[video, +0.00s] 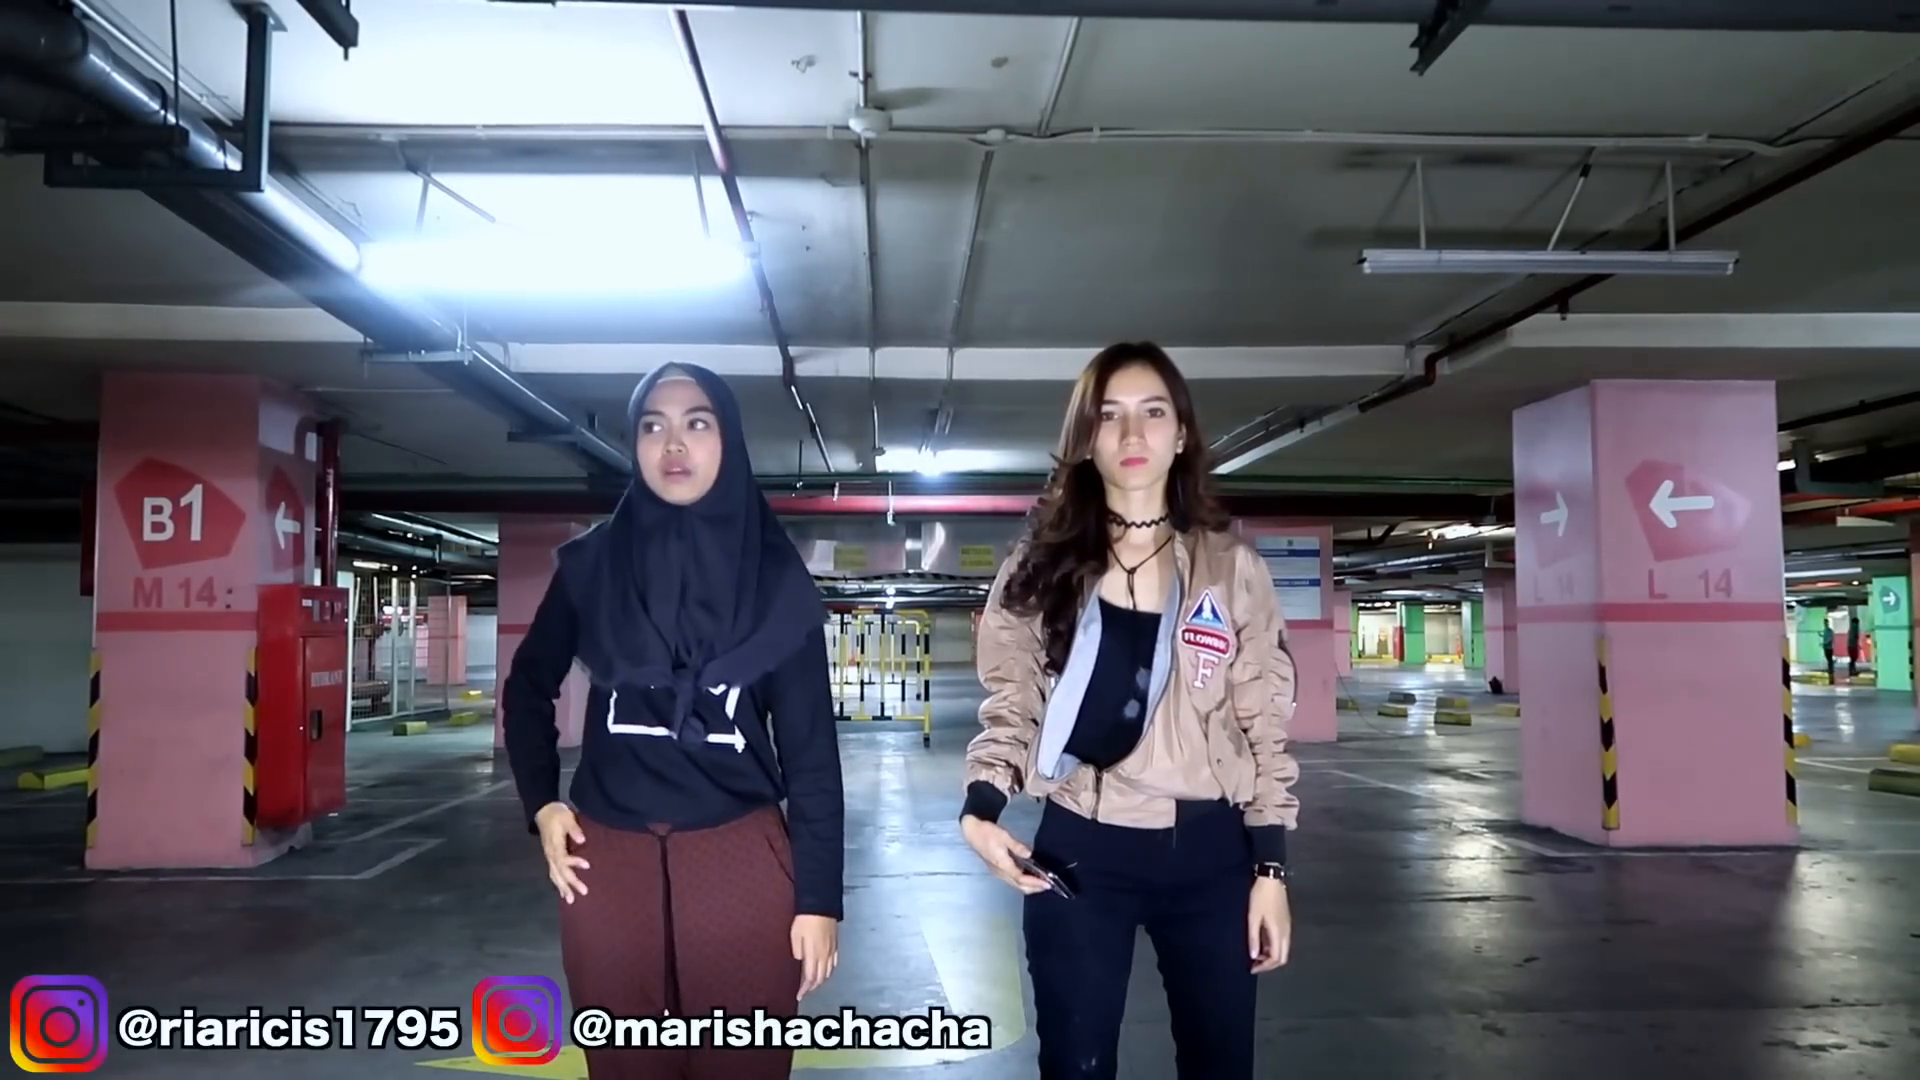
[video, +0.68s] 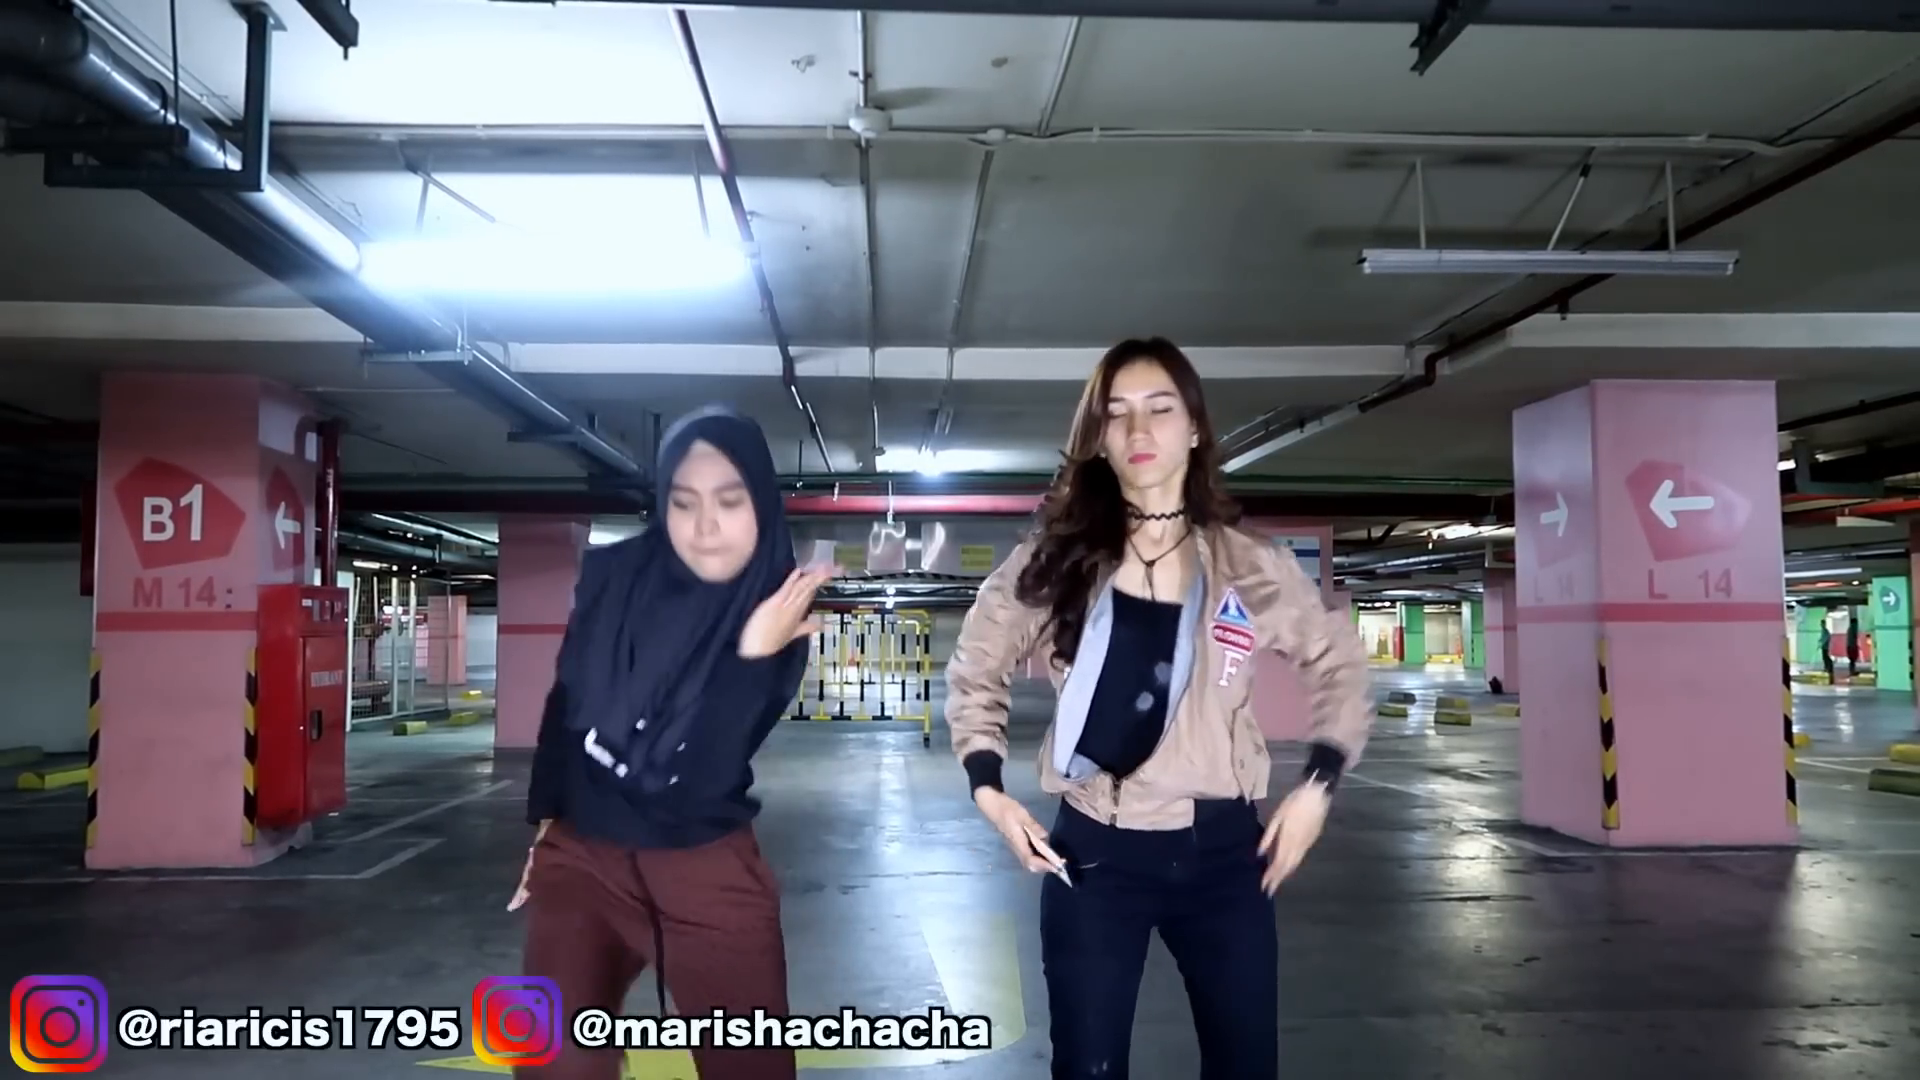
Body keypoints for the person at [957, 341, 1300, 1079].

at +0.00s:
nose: (1132, 432)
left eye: (1153, 412)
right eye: (1111, 415)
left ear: (1182, 431)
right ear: (1087, 438)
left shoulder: (1233, 565)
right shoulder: (1038, 564)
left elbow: (1263, 721)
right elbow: (1009, 703)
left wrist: (1270, 865)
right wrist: (978, 809)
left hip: (1207, 853)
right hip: (1078, 852)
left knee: (1221, 1067)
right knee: (1076, 1069)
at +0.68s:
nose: (1138, 429)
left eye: (1159, 408)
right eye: (1118, 413)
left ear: (1195, 428)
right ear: (1097, 438)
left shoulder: (1248, 562)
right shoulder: (1057, 555)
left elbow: (1343, 664)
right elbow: (976, 671)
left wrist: (1320, 784)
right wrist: (988, 788)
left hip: (1223, 854)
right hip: (1092, 856)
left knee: (1244, 1066)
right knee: (1086, 1067)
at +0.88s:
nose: (1150, 489)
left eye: (1176, 465)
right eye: (1149, 470)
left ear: (1242, 485)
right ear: (1140, 485)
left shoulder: (1299, 645)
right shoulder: (1100, 598)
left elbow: (1376, 779)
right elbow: (1008, 689)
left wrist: (1307, 815)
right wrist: (992, 774)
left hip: (1233, 895)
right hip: (1105, 882)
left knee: (1270, 1070)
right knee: (1053, 1052)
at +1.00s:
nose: (1177, 494)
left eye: (1205, 472)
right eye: (1178, 473)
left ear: (1264, 491)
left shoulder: (1300, 655)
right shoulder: (1124, 592)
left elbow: (1352, 815)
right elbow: (1004, 632)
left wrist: (1268, 791)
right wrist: (990, 720)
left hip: (1217, 904)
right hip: (1089, 880)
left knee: (1255, 1073)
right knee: (992, 1042)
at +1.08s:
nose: (1211, 468)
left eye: (1241, 450)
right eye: (1201, 447)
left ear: (1285, 468)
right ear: (1185, 460)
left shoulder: (1307, 628)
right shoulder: (1129, 558)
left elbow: (1346, 792)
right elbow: (1012, 611)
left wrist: (1265, 757)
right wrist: (964, 705)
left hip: (1187, 882)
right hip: (1065, 854)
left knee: (1208, 1072)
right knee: (998, 1062)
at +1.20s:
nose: (1235, 454)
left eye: (1259, 438)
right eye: (1218, 436)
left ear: (1287, 464)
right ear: (1189, 458)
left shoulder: (1290, 627)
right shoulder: (1120, 559)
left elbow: (1284, 800)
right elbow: (1008, 612)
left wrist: (1257, 725)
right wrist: (934, 687)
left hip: (1180, 882)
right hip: (1060, 856)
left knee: (1180, 1069)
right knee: (965, 1060)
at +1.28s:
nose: (1204, 451)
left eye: (1230, 438)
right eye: (1186, 435)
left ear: (1260, 469)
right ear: (1159, 460)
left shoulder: (1282, 623)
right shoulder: (1100, 563)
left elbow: (1289, 793)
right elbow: (981, 569)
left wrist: (1269, 665)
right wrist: (931, 645)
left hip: (1184, 891)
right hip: (1062, 868)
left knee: (1194, 1071)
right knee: (916, 1051)